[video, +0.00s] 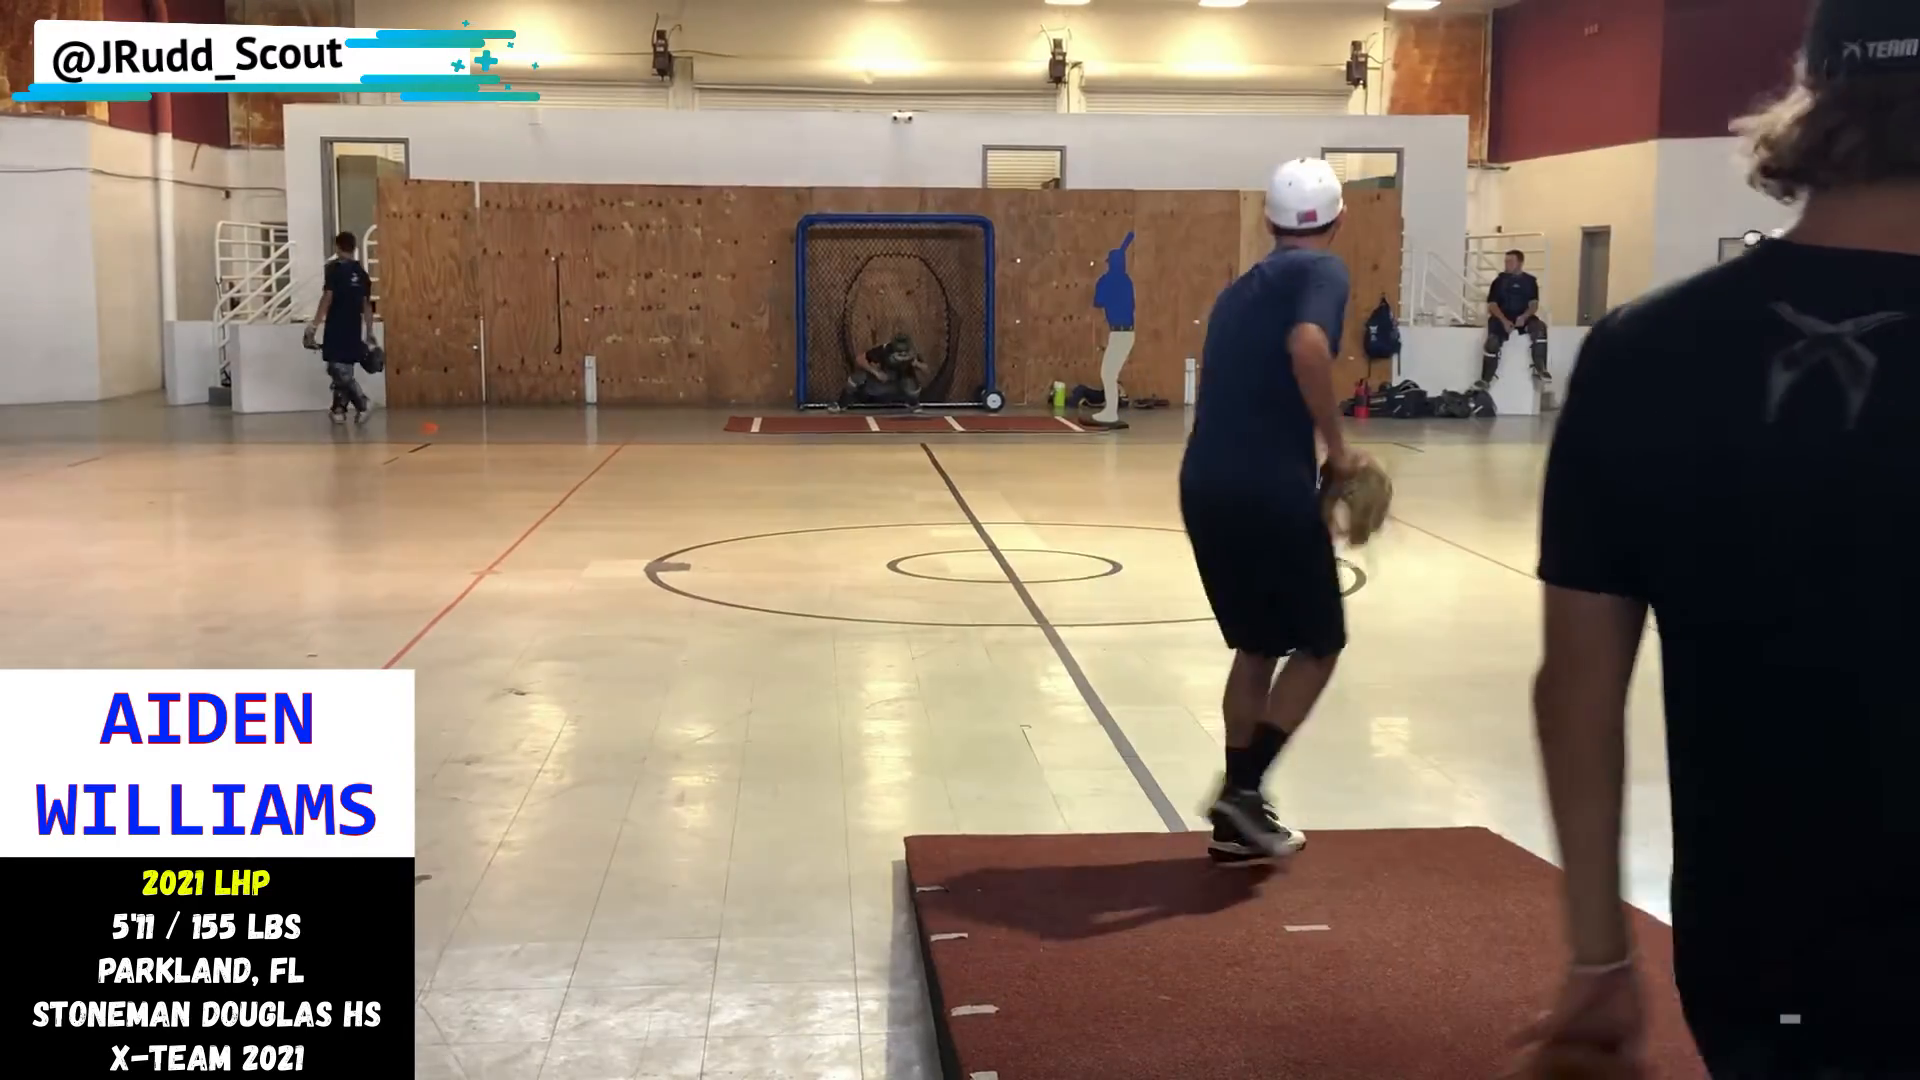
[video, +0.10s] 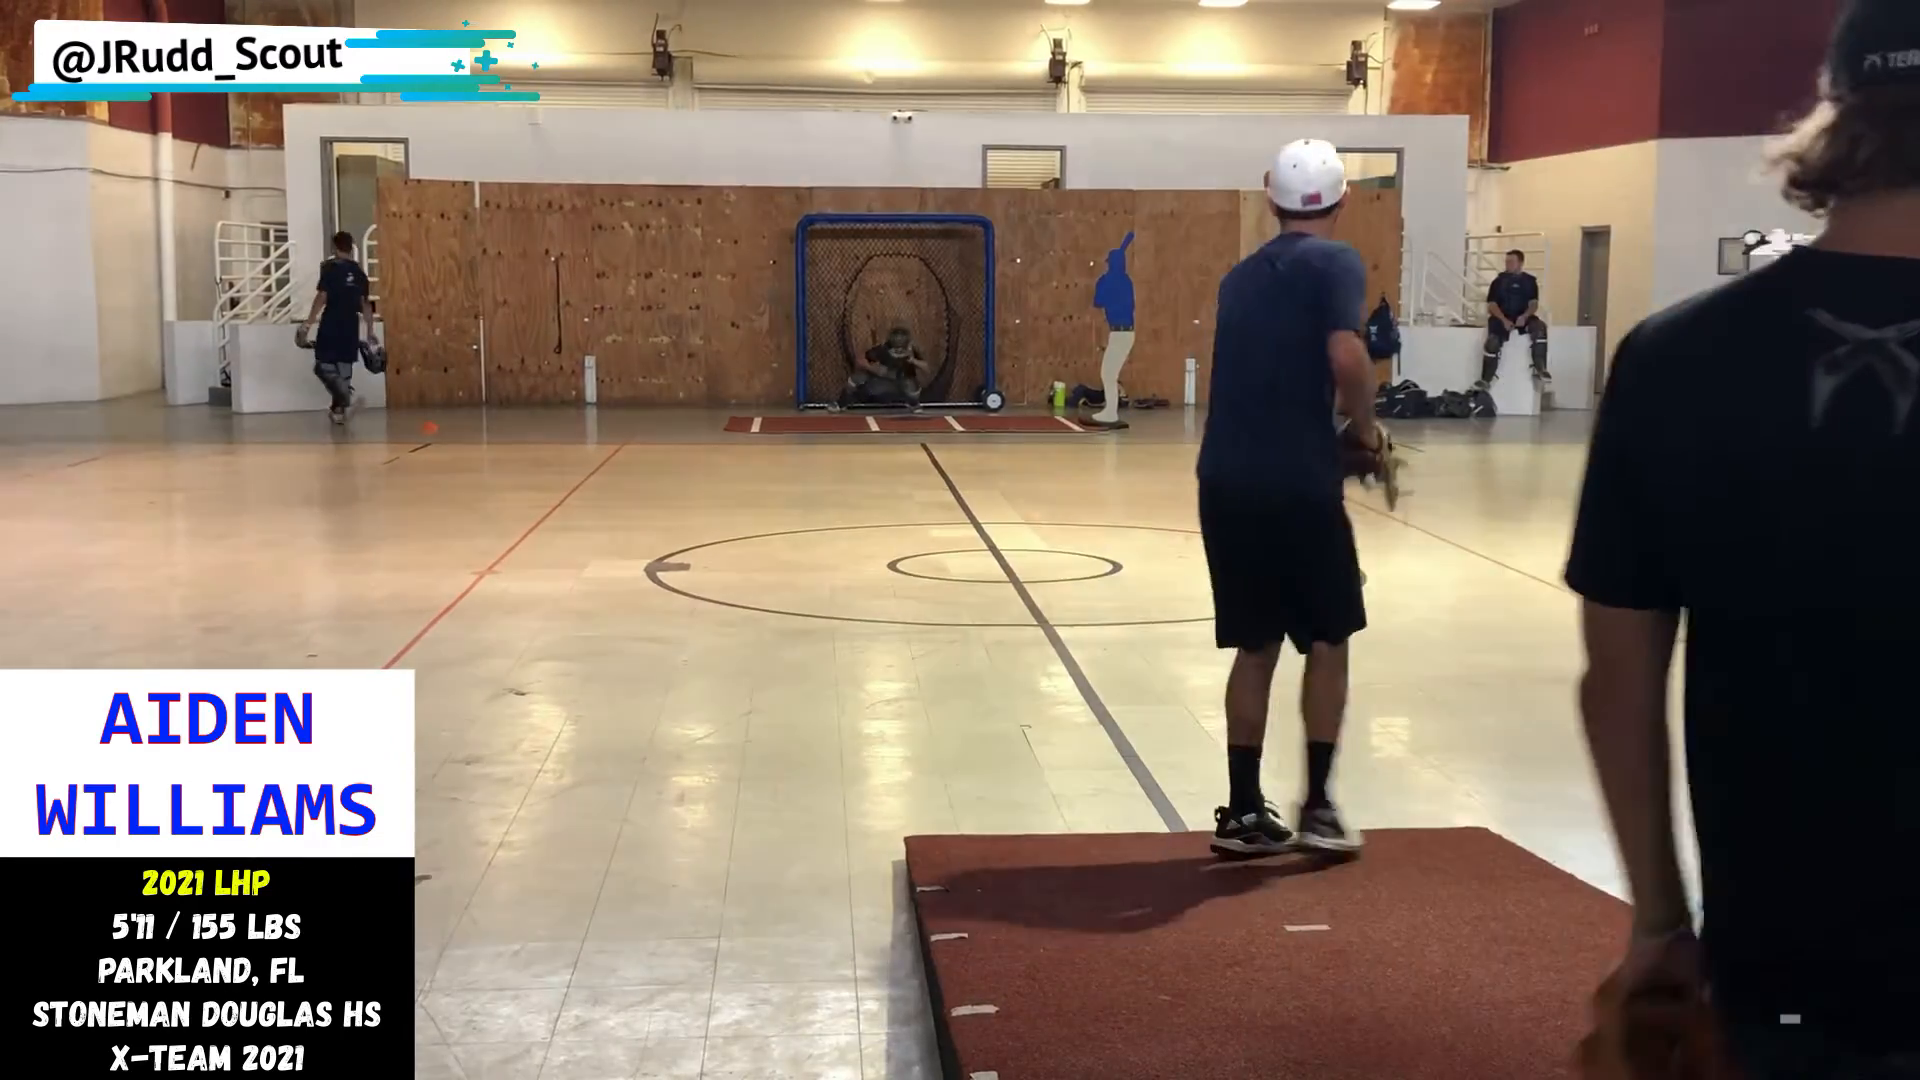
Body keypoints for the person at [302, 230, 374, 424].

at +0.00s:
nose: (337, 250)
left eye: (337, 247)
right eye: (339, 247)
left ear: (337, 247)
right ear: (354, 248)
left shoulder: (333, 268)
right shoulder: (362, 273)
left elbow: (327, 298)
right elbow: (367, 306)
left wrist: (313, 327)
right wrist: (370, 333)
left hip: (335, 326)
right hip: (353, 327)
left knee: (336, 367)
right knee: (344, 367)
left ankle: (362, 403)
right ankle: (339, 409)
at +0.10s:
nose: (336, 251)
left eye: (335, 247)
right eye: (343, 247)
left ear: (335, 247)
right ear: (352, 248)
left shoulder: (328, 266)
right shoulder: (360, 272)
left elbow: (321, 296)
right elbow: (366, 304)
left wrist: (309, 323)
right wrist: (370, 333)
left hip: (330, 324)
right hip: (350, 325)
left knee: (323, 366)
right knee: (345, 367)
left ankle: (346, 397)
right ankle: (337, 409)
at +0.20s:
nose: (330, 250)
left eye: (330, 247)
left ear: (332, 247)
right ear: (349, 247)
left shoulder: (325, 266)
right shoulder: (357, 270)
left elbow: (318, 296)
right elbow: (364, 303)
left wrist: (304, 321)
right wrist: (371, 331)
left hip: (326, 325)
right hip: (347, 326)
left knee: (317, 364)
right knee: (343, 368)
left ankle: (332, 400)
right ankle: (340, 412)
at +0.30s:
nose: (327, 250)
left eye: (327, 247)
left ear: (328, 246)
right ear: (345, 247)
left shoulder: (322, 266)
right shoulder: (354, 270)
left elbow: (313, 296)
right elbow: (362, 303)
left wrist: (300, 320)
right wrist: (369, 331)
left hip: (322, 325)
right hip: (345, 326)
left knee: (315, 364)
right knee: (342, 369)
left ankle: (317, 405)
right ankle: (338, 411)